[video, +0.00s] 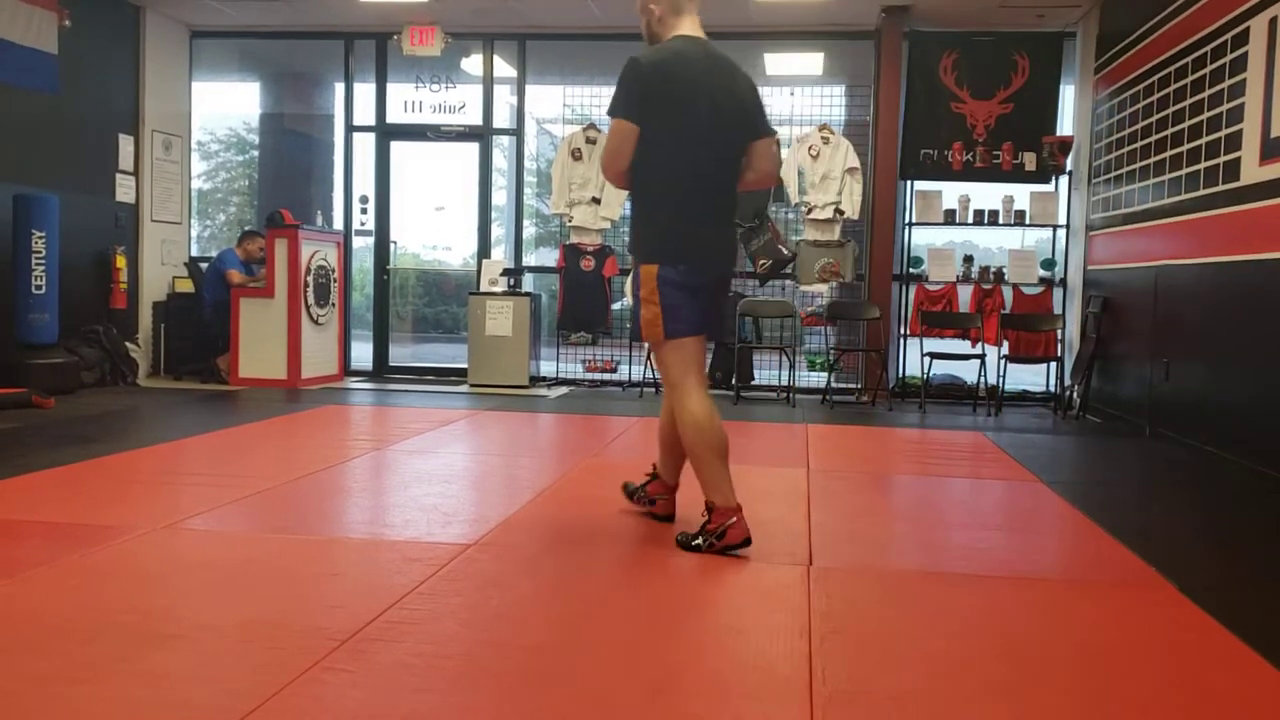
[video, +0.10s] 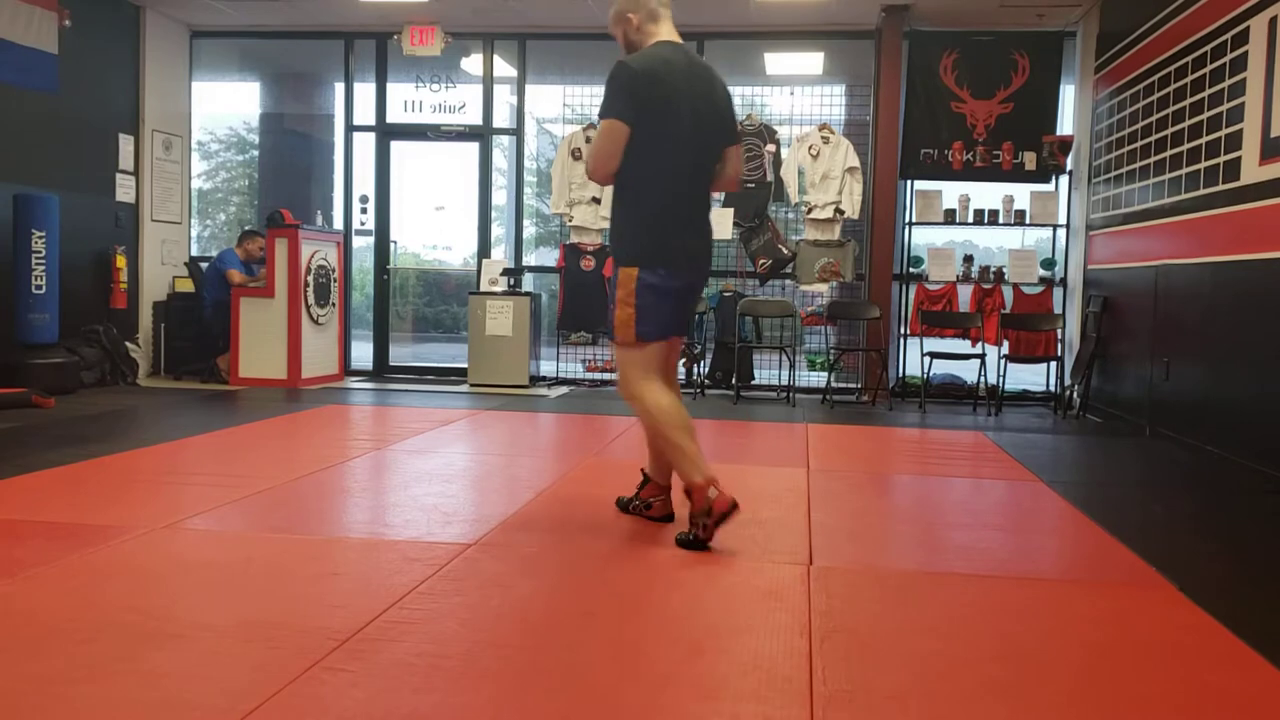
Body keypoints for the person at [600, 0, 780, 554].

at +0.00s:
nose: (640, 23)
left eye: (640, 15)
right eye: (641, 15)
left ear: (654, 11)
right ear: (696, 13)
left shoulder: (647, 67)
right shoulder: (739, 78)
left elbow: (615, 167)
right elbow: (764, 172)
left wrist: (653, 181)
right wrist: (706, 179)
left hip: (666, 245)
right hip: (715, 245)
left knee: (687, 381)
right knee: (681, 375)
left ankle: (725, 515)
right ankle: (662, 487)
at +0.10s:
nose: (618, 47)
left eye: (616, 36)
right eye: (616, 38)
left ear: (630, 20)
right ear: (666, 17)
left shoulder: (634, 71)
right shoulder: (713, 81)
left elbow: (601, 168)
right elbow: (729, 176)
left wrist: (597, 148)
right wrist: (673, 167)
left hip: (644, 248)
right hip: (691, 246)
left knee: (637, 377)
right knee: (662, 374)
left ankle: (705, 493)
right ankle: (657, 492)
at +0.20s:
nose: (594, 54)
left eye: (591, 44)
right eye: (589, 47)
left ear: (606, 24)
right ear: (635, 18)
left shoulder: (620, 71)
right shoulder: (683, 77)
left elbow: (589, 165)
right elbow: (694, 177)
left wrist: (582, 139)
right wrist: (627, 170)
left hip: (625, 242)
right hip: (673, 243)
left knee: (581, 364)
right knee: (652, 363)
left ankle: (663, 457)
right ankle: (658, 490)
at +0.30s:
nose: (569, 56)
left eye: (566, 46)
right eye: (563, 49)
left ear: (585, 23)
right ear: (602, 18)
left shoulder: (606, 69)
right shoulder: (648, 69)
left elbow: (580, 157)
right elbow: (638, 155)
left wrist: (560, 146)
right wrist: (576, 145)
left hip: (603, 238)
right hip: (648, 240)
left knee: (542, 348)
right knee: (642, 365)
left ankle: (605, 459)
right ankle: (654, 489)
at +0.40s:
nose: (540, 61)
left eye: (537, 50)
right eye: (534, 52)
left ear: (557, 31)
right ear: (571, 25)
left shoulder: (585, 71)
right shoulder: (617, 70)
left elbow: (562, 158)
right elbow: (618, 152)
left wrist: (544, 141)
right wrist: (555, 137)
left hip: (584, 238)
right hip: (626, 240)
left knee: (524, 350)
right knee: (628, 363)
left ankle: (530, 479)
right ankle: (651, 486)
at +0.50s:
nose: (511, 68)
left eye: (507, 56)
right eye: (505, 59)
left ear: (529, 38)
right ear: (540, 34)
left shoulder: (554, 80)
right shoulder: (587, 77)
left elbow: (542, 171)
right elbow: (608, 175)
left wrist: (511, 152)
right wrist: (525, 149)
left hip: (558, 251)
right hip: (599, 248)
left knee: (516, 368)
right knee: (612, 366)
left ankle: (471, 481)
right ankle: (648, 482)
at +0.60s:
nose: (473, 68)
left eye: (470, 56)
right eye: (467, 59)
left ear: (493, 36)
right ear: (502, 34)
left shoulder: (517, 83)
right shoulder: (552, 77)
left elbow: (514, 175)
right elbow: (548, 169)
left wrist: (472, 174)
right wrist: (487, 166)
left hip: (517, 253)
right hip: (562, 250)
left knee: (487, 372)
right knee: (579, 364)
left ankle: (462, 487)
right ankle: (636, 470)